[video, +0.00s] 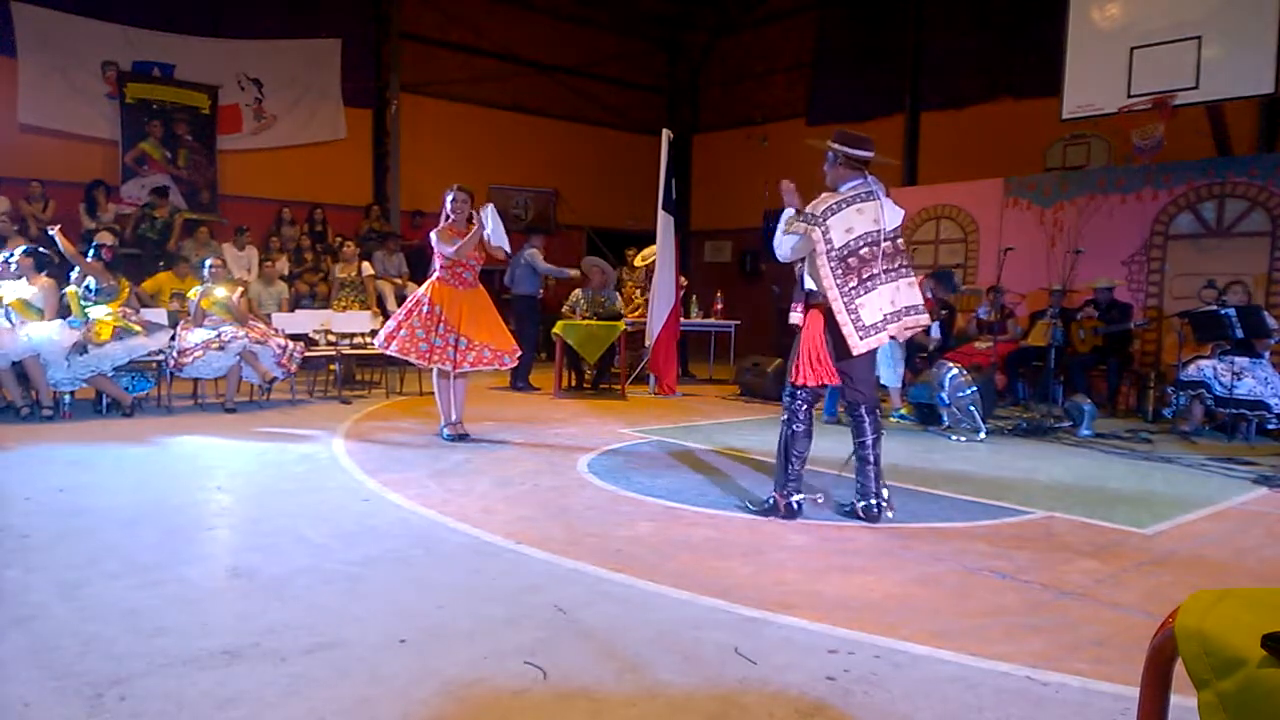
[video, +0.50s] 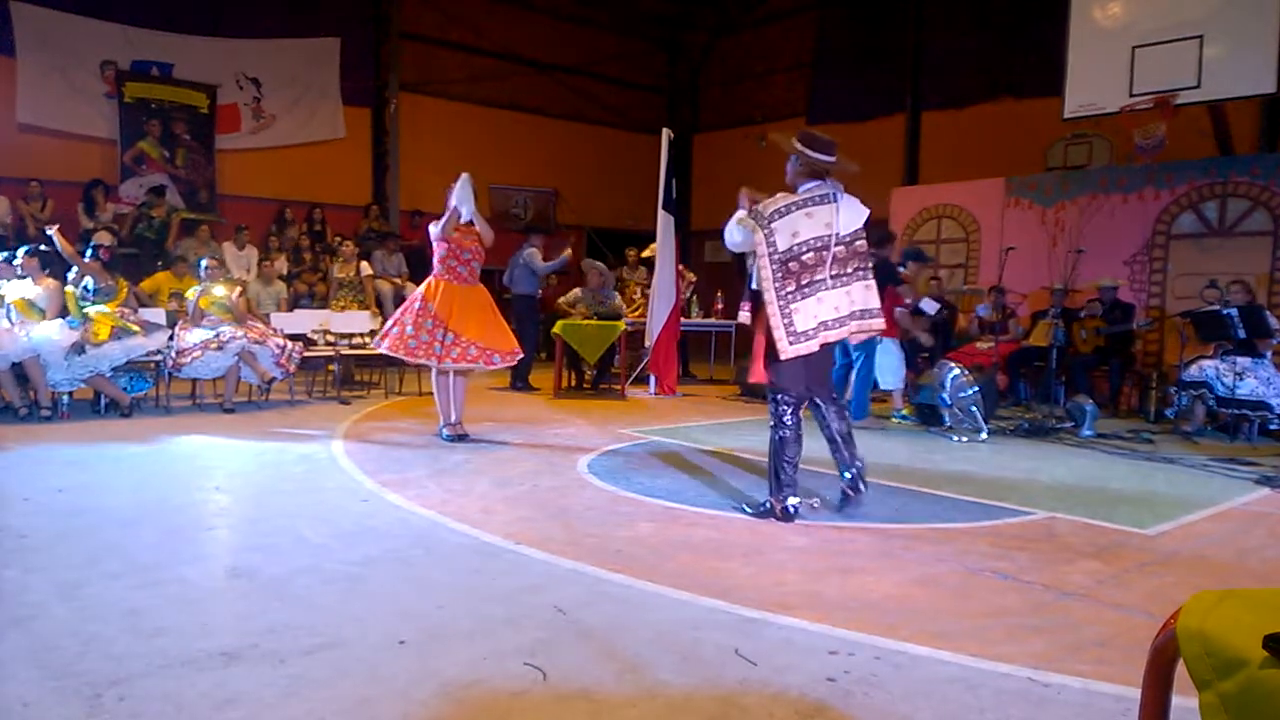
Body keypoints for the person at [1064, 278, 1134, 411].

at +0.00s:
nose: (1097, 295)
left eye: (1101, 292)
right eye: (1096, 292)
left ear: (1110, 292)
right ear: (1094, 292)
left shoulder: (1124, 308)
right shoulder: (1091, 305)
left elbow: (1118, 320)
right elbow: (1068, 315)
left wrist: (1097, 315)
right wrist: (1079, 315)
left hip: (1117, 349)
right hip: (1096, 348)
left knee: (1114, 365)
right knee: (1076, 362)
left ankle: (1111, 403)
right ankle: (1083, 399)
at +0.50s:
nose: (1104, 294)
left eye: (1108, 291)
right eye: (1102, 291)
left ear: (1115, 291)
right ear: (1098, 292)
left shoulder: (1126, 308)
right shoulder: (1093, 305)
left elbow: (1120, 322)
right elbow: (1067, 314)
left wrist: (1101, 313)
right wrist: (1082, 313)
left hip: (1119, 350)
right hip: (1098, 349)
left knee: (1117, 365)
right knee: (1078, 363)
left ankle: (1113, 404)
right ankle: (1086, 401)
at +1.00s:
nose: (1104, 294)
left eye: (1108, 291)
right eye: (1101, 291)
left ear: (1114, 292)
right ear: (1097, 292)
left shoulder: (1125, 308)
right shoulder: (1092, 306)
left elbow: (1118, 320)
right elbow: (1068, 317)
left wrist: (1099, 312)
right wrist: (1082, 311)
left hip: (1117, 349)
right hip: (1096, 349)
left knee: (1114, 365)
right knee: (1077, 362)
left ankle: (1111, 403)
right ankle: (1083, 399)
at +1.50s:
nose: (1109, 294)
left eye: (1111, 290)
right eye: (1106, 291)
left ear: (1117, 291)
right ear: (1101, 292)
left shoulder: (1127, 308)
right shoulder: (1093, 306)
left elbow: (1121, 320)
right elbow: (1071, 316)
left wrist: (1103, 311)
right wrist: (1086, 311)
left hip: (1118, 349)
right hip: (1097, 349)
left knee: (1114, 367)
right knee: (1078, 362)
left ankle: (1111, 404)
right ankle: (1083, 400)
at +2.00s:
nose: (1111, 294)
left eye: (1114, 291)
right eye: (1108, 291)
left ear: (1118, 292)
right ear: (1101, 293)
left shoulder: (1126, 308)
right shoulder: (1093, 304)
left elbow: (1121, 320)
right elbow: (1067, 316)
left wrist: (1102, 311)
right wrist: (1084, 312)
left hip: (1117, 349)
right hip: (1096, 348)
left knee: (1114, 365)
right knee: (1077, 362)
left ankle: (1111, 404)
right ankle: (1082, 400)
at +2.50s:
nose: (1112, 294)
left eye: (1114, 291)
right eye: (1108, 291)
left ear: (1118, 292)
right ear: (1101, 293)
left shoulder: (1127, 308)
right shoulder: (1092, 305)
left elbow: (1121, 320)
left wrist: (1098, 312)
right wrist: (1080, 313)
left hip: (1118, 349)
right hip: (1097, 348)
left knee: (1115, 365)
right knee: (1077, 362)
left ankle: (1111, 403)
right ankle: (1082, 400)